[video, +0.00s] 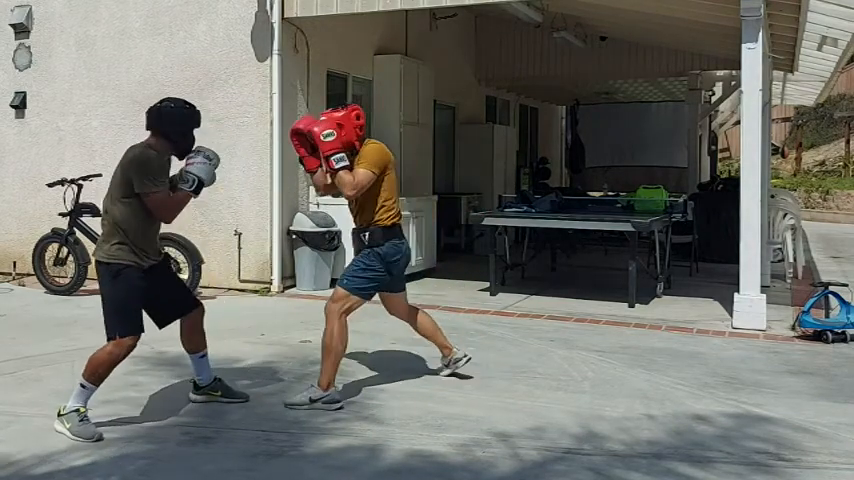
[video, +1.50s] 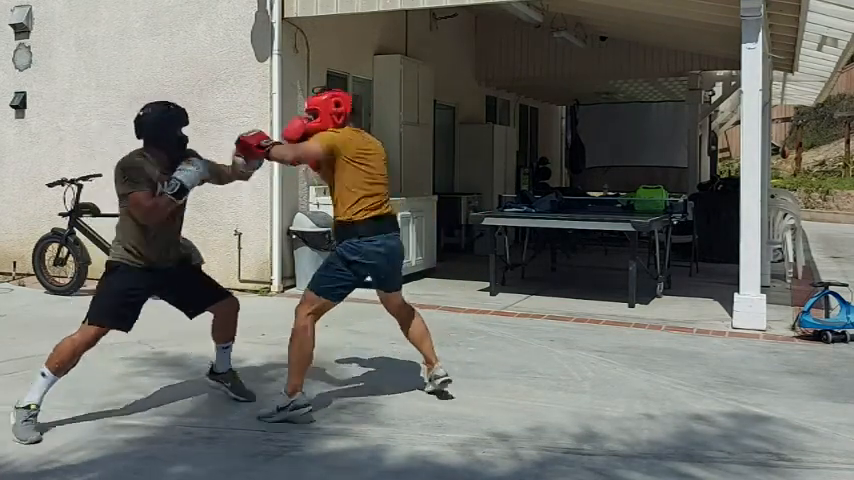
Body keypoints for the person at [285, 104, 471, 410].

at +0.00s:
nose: (333, 137)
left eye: (334, 132)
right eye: (332, 133)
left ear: (347, 131)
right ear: (353, 131)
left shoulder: (374, 150)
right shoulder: (354, 156)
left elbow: (351, 189)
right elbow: (324, 187)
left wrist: (333, 151)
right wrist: (310, 156)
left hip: (380, 249)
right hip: (387, 247)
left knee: (335, 308)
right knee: (400, 308)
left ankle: (325, 389)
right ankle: (452, 355)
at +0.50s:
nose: (337, 128)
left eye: (340, 121)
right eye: (336, 123)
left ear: (357, 118)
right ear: (364, 119)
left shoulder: (367, 138)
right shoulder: (373, 145)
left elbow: (349, 162)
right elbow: (338, 184)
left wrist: (315, 143)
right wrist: (314, 158)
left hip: (371, 240)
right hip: (392, 239)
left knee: (322, 306)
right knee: (397, 303)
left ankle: (319, 386)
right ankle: (433, 361)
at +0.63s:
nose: (329, 129)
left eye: (331, 123)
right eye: (329, 124)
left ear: (345, 121)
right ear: (362, 122)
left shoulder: (347, 141)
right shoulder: (386, 150)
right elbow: (362, 194)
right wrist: (328, 180)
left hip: (372, 246)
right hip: (399, 242)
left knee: (326, 310)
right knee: (401, 300)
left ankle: (320, 389)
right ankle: (441, 362)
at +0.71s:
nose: (329, 131)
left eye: (332, 125)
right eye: (328, 126)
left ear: (347, 122)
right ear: (361, 122)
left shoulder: (350, 145)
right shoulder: (388, 151)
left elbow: (310, 161)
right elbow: (371, 191)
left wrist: (270, 156)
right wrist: (338, 186)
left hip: (371, 247)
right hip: (400, 243)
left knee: (326, 310)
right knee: (410, 308)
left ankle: (320, 389)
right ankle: (451, 366)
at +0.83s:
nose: (336, 133)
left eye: (339, 125)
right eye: (335, 126)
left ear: (356, 125)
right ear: (367, 124)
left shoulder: (365, 150)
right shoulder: (390, 150)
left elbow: (358, 192)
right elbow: (369, 193)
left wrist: (322, 193)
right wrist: (337, 177)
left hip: (379, 247)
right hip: (404, 244)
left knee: (331, 309)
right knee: (418, 311)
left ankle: (319, 389)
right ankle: (459, 374)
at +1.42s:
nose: (320, 129)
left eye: (323, 121)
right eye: (320, 122)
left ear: (339, 121)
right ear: (352, 120)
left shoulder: (353, 143)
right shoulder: (374, 143)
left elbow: (329, 175)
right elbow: (338, 185)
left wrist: (304, 158)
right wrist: (311, 157)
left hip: (363, 248)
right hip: (393, 246)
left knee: (303, 300)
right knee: (404, 314)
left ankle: (299, 384)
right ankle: (440, 375)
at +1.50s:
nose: (310, 123)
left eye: (313, 117)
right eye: (310, 117)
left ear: (328, 116)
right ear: (345, 116)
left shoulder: (334, 138)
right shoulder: (374, 144)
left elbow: (293, 154)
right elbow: (339, 178)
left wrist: (264, 147)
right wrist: (305, 147)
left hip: (356, 246)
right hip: (389, 242)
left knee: (306, 314)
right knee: (398, 305)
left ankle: (294, 397)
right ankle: (434, 368)